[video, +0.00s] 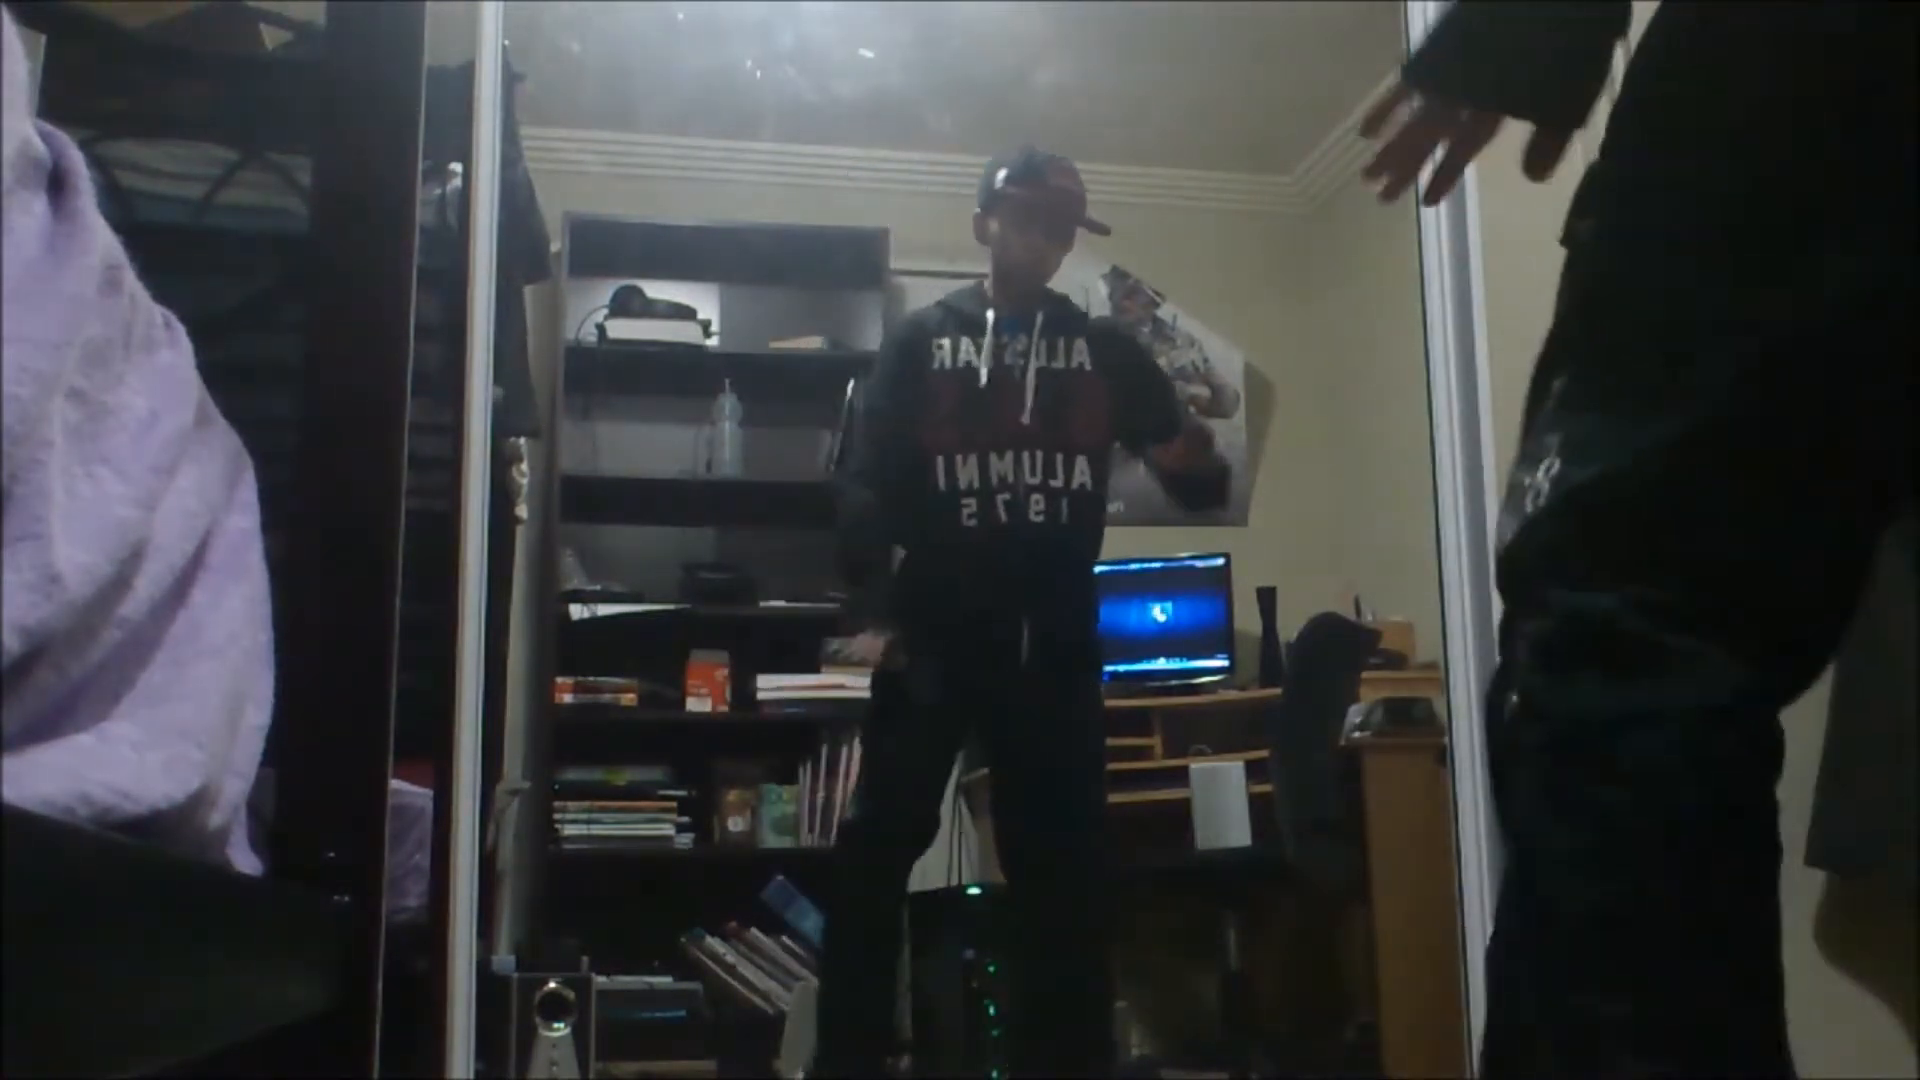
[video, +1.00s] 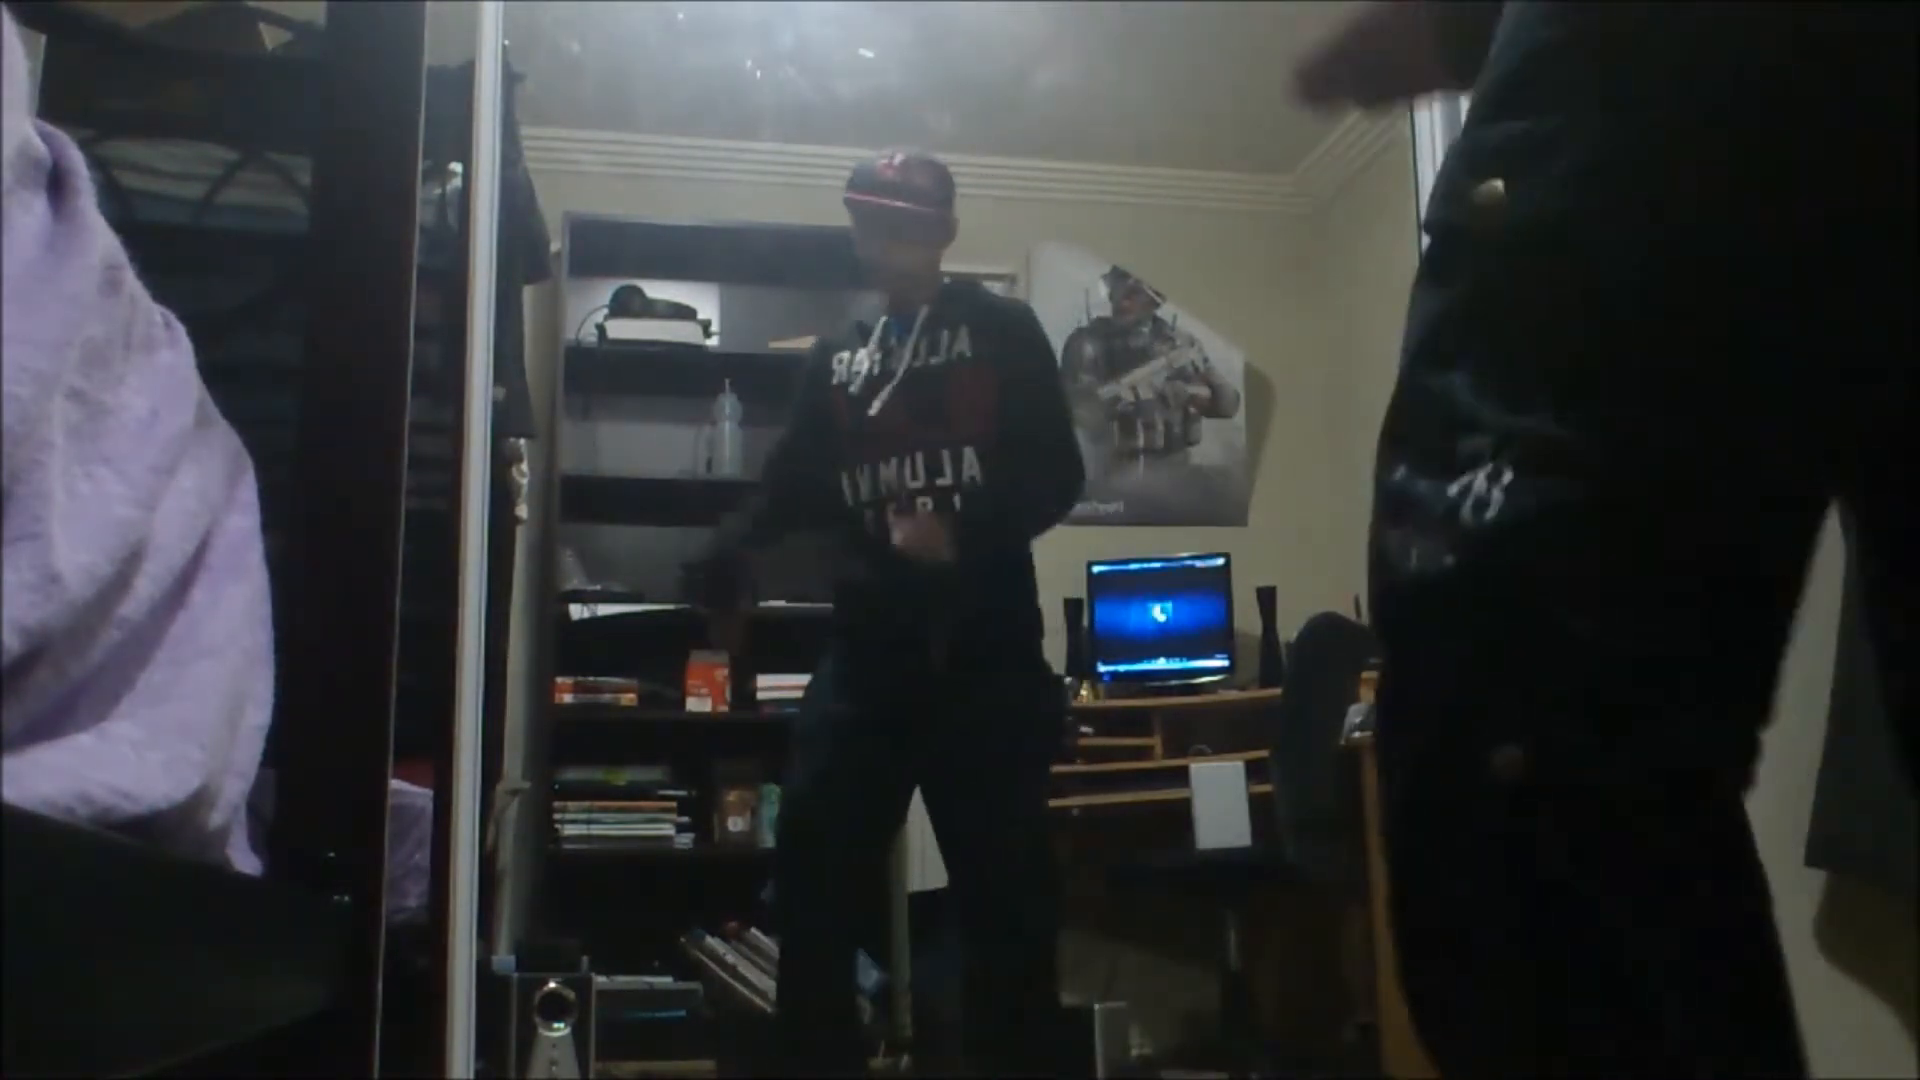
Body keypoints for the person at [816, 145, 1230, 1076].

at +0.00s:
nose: (1051, 238)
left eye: (1064, 225)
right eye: (1033, 217)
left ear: (1075, 237)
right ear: (987, 222)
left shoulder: (1107, 347)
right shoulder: (921, 339)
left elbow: (1202, 484)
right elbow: (864, 480)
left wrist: (1179, 441)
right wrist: (869, 605)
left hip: (1052, 628)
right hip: (934, 625)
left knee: (1060, 862)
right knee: (875, 853)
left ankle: (1067, 1063)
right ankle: (852, 1062)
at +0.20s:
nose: (999, 235)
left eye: (1020, 218)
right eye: (985, 214)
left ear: (1048, 229)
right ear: (956, 221)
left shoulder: (1092, 339)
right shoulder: (902, 339)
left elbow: (1208, 432)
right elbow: (851, 478)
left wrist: (1196, 491)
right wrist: (859, 582)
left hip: (1043, 634)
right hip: (921, 634)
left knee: (1045, 869)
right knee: (865, 868)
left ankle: (1055, 1066)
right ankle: (851, 1067)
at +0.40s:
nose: (974, 237)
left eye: (995, 220)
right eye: (958, 217)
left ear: (1028, 229)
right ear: (934, 224)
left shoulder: (1079, 334)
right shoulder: (887, 334)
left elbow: (1145, 470)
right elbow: (811, 471)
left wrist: (1195, 598)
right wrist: (864, 574)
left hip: (1035, 639)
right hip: (912, 635)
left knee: (1047, 884)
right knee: (852, 871)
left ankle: (1058, 1068)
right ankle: (828, 1068)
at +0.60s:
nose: (959, 240)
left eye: (980, 224)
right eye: (943, 222)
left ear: (1012, 234)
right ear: (920, 229)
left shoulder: (1060, 337)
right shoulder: (876, 345)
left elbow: (1097, 470)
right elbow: (853, 493)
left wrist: (1131, 557)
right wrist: (846, 589)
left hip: (1026, 633)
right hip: (905, 632)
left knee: (1059, 858)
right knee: (840, 850)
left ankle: (1097, 1062)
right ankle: (761, 1058)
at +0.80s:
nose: (916, 245)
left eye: (939, 229)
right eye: (906, 226)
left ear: (980, 237)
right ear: (890, 233)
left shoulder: (1039, 337)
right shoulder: (867, 356)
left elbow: (1081, 480)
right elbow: (833, 512)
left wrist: (1014, 504)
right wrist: (754, 569)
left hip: (1006, 636)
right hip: (893, 638)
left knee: (1025, 870)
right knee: (833, 850)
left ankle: (1044, 1066)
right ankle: (813, 1060)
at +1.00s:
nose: (880, 239)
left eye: (900, 222)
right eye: (868, 223)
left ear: (942, 230)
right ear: (854, 229)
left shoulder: (1004, 332)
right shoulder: (838, 357)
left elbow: (1055, 475)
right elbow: (787, 492)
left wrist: (964, 529)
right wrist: (721, 559)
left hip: (982, 641)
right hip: (868, 643)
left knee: (1001, 873)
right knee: (817, 850)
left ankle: (1011, 1064)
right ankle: (817, 1059)